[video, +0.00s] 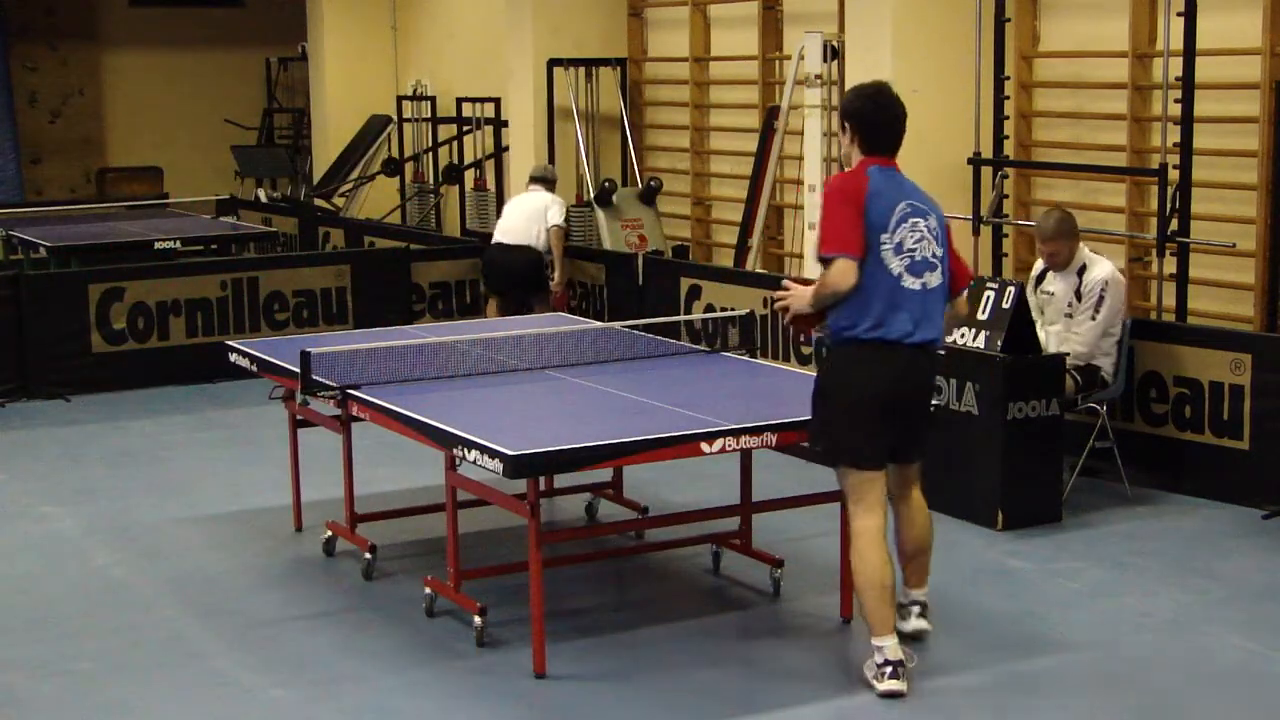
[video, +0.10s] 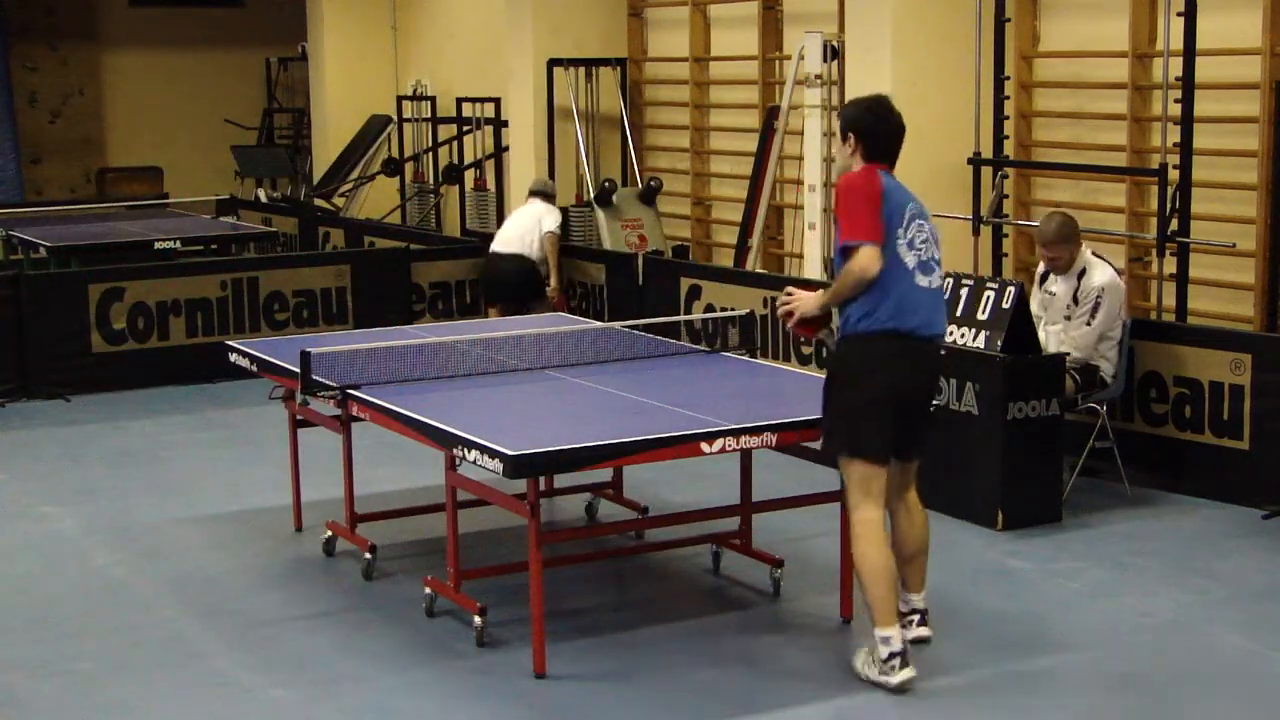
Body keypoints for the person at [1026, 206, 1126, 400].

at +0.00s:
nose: (1046, 260)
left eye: (1053, 255)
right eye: (1042, 253)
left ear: (1074, 244)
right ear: (1038, 244)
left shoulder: (1104, 277)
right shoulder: (1039, 269)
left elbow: (1082, 348)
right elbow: (1033, 322)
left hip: (1092, 367)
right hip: (1048, 360)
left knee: (1032, 392)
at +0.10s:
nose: (1046, 264)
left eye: (1054, 259)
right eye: (1044, 257)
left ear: (1076, 248)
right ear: (1039, 246)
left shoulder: (1102, 282)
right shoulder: (1044, 268)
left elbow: (1083, 347)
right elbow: (1035, 320)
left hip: (1092, 367)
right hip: (1050, 359)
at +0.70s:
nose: (1043, 280)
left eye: (1051, 274)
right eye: (1040, 273)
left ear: (1071, 265)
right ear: (1037, 262)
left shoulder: (1096, 300)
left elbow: (1071, 360)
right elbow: (1045, 312)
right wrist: (1018, 340)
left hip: (1097, 372)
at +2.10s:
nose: (1035, 264)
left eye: (1039, 259)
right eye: (1035, 259)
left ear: (1063, 253)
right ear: (1062, 253)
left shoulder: (1098, 292)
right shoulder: (1060, 271)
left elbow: (1076, 351)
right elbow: (1041, 321)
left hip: (1103, 369)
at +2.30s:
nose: (1032, 248)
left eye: (1037, 242)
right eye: (1033, 241)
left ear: (1059, 248)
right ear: (1059, 248)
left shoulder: (1099, 289)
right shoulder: (1057, 267)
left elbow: (1076, 351)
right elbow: (1044, 313)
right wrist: (1016, 339)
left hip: (1100, 370)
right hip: (1065, 356)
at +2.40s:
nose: (1034, 246)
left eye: (1040, 241)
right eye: (1035, 239)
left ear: (1064, 243)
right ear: (1063, 244)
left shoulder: (1101, 287)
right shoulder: (1058, 267)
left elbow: (1076, 351)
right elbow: (1043, 316)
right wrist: (1013, 340)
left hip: (1097, 372)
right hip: (1064, 356)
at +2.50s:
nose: (1044, 246)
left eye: (1051, 238)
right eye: (1043, 238)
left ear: (1076, 238)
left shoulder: (1103, 282)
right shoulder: (1058, 268)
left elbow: (1079, 348)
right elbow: (1043, 318)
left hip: (1096, 373)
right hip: (1060, 360)